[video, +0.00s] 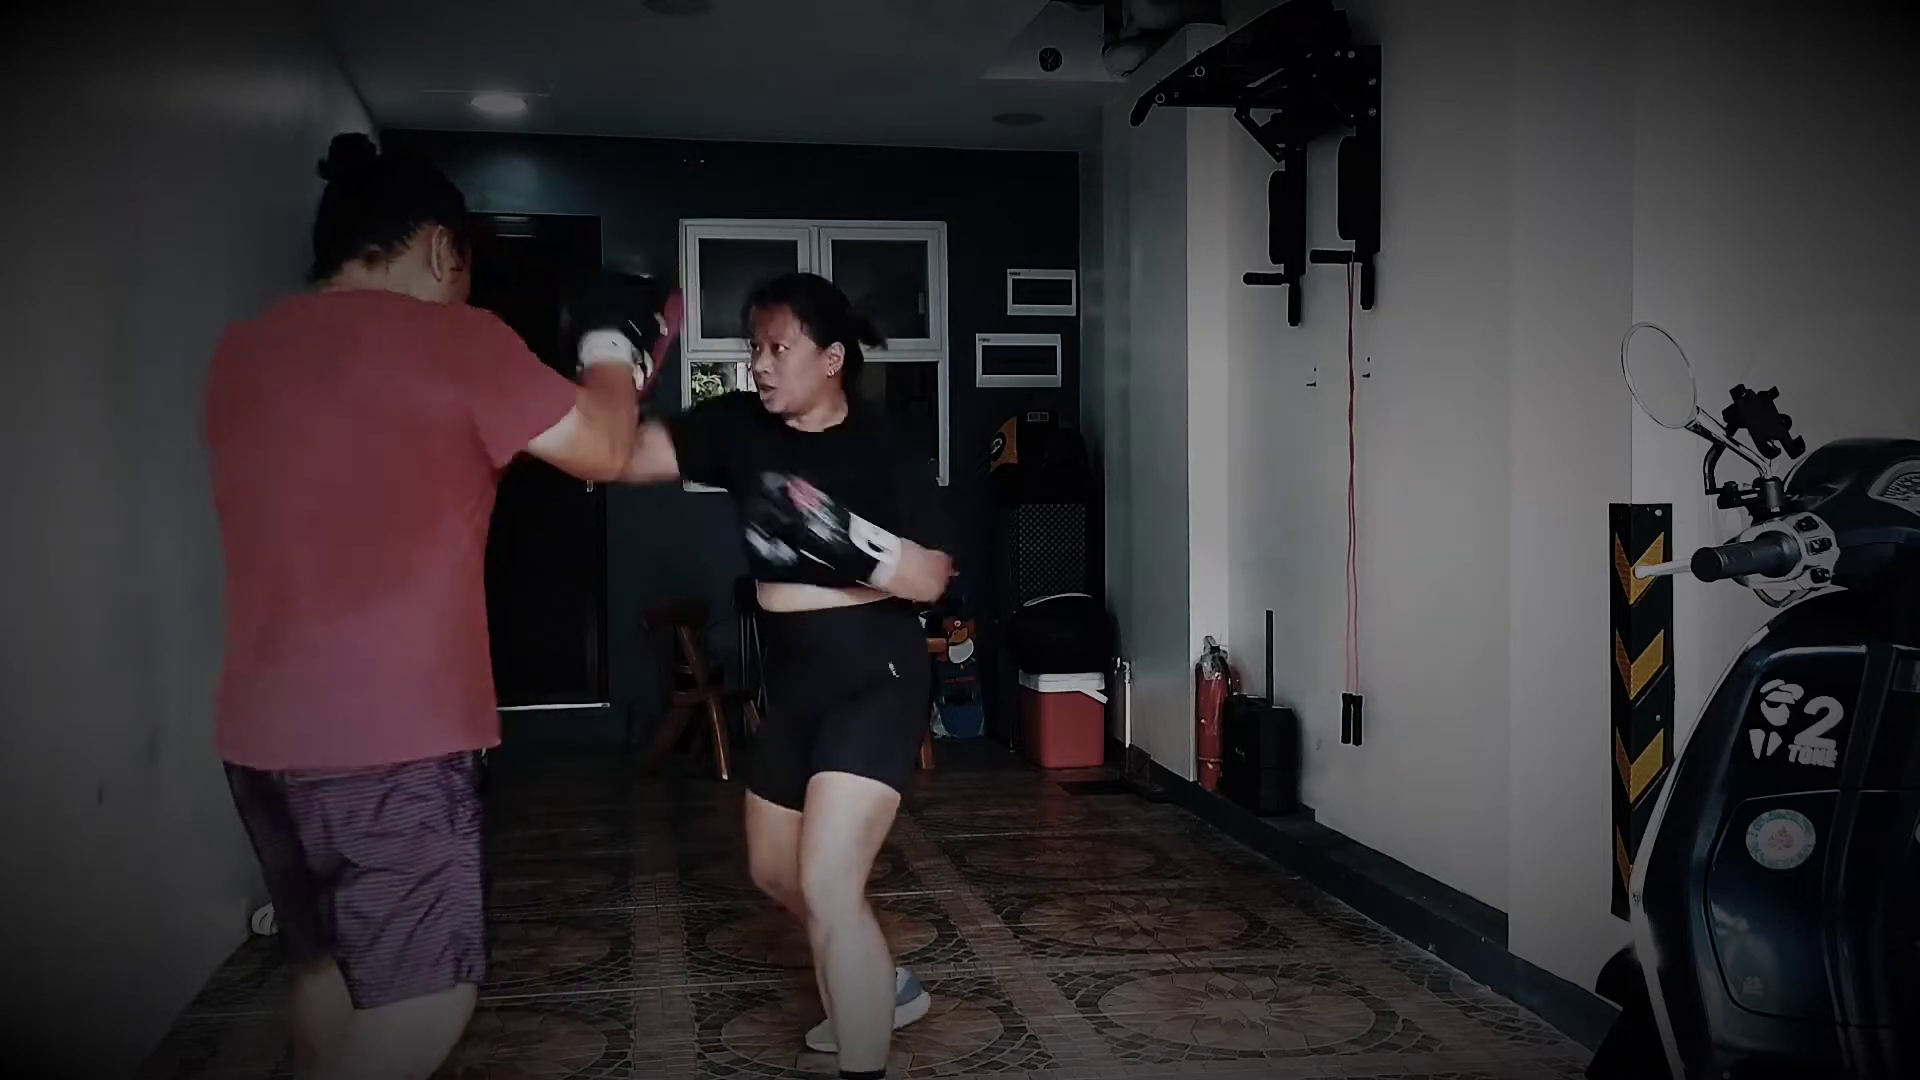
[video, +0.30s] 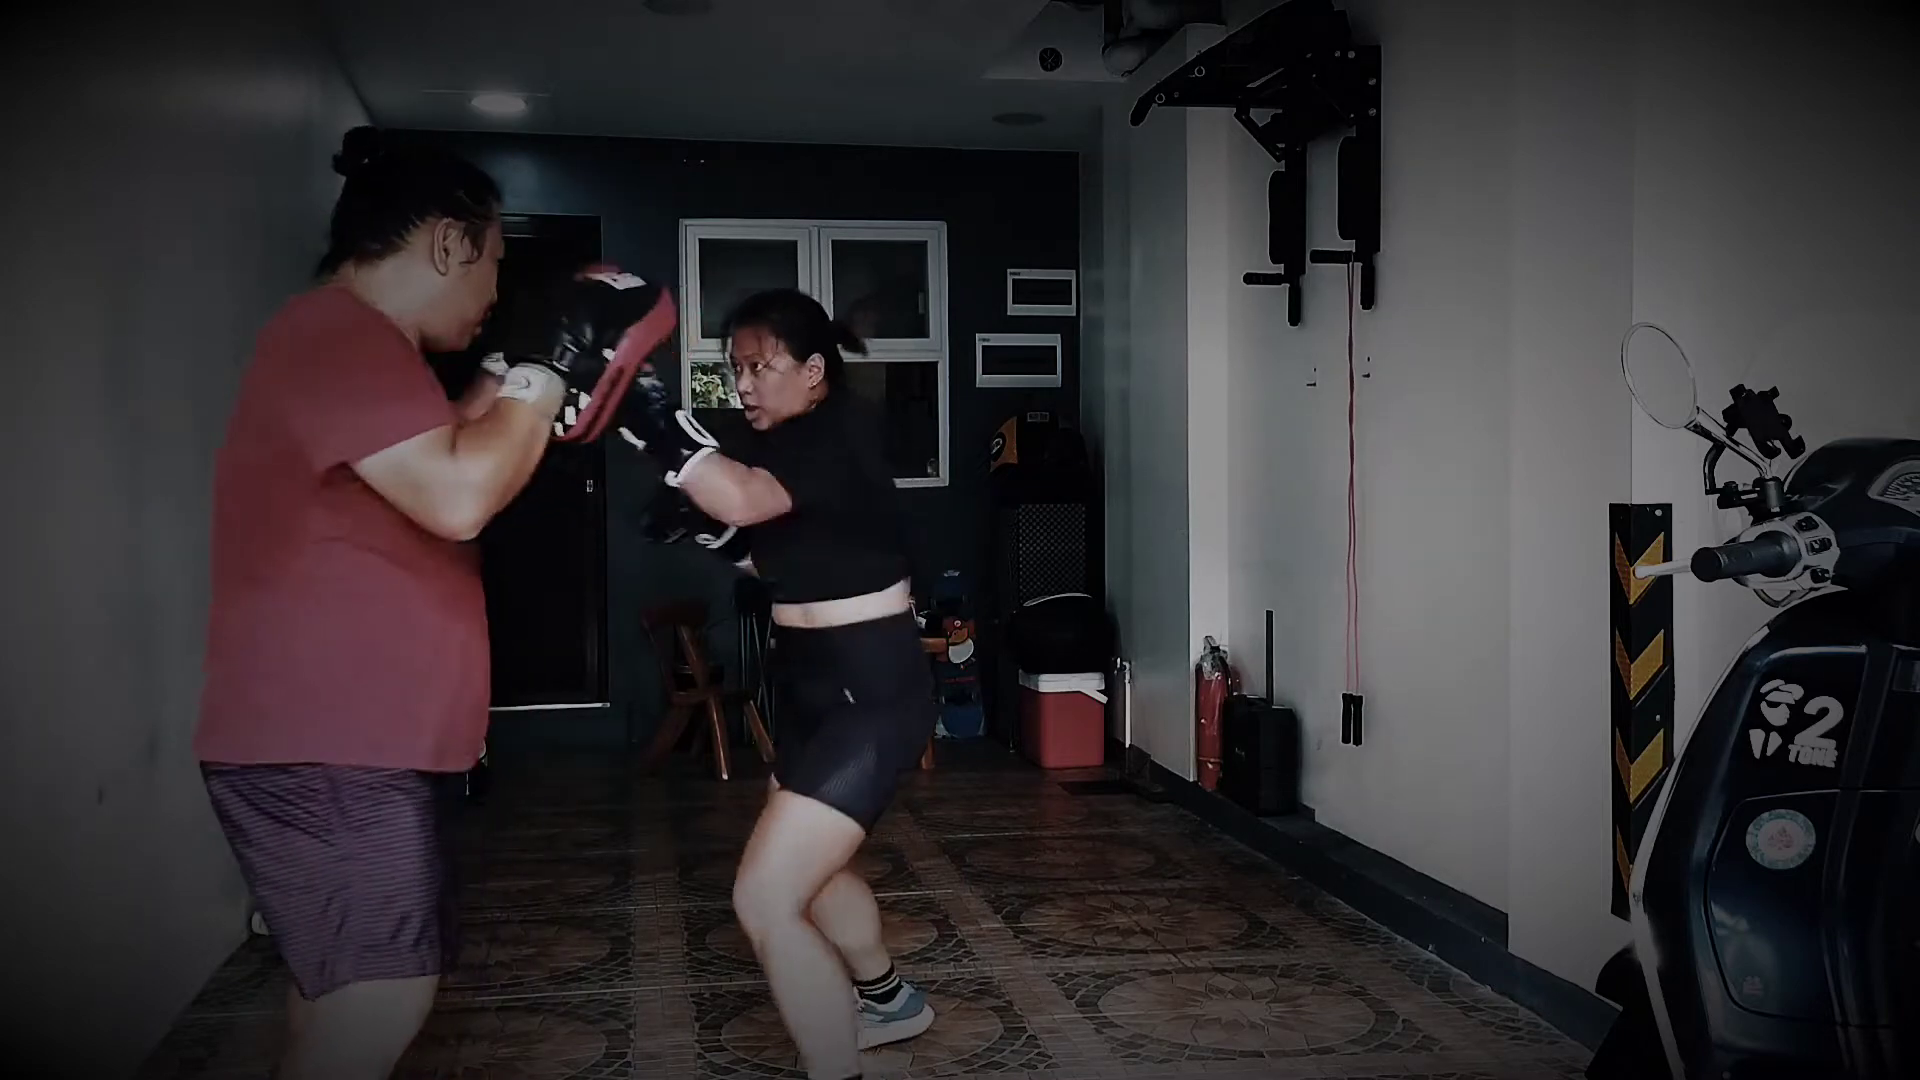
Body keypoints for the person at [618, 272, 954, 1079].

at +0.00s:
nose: (758, 364)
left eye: (777, 349)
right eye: (755, 347)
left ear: (833, 356)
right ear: (752, 351)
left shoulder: (884, 447)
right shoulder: (743, 433)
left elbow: (929, 580)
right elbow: (617, 455)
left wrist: (833, 536)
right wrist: (614, 370)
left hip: (878, 670)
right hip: (790, 673)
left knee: (831, 880)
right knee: (774, 868)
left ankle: (861, 1066)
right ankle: (884, 990)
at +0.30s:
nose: (744, 385)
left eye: (760, 367)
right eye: (739, 368)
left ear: (814, 370)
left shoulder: (840, 433)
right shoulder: (775, 443)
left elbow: (740, 500)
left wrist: (664, 430)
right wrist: (721, 528)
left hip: (872, 682)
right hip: (804, 674)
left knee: (764, 896)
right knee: (812, 867)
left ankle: (836, 1074)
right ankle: (884, 995)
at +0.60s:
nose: (845, 390)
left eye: (867, 375)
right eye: (838, 371)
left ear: (915, 384)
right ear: (829, 371)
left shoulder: (949, 468)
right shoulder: (805, 439)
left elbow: (943, 604)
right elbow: (693, 464)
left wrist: (896, 514)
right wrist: (663, 386)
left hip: (895, 692)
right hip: (805, 685)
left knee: (811, 892)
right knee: (801, 882)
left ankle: (844, 1070)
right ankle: (914, 1007)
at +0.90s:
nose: (872, 366)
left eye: (884, 351)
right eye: (869, 352)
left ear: (934, 353)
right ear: (908, 358)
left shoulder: (959, 428)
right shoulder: (906, 428)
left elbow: (875, 523)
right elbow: (820, 521)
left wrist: (860, 422)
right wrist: (814, 432)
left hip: (937, 663)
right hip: (902, 658)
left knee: (820, 851)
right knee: (877, 861)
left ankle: (849, 1065)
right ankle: (926, 1008)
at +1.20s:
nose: (923, 362)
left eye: (927, 348)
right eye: (925, 348)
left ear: (957, 352)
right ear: (999, 353)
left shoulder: (939, 428)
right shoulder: (1050, 428)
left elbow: (849, 528)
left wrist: (845, 484)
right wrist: (892, 484)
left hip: (961, 667)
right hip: (1035, 667)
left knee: (894, 881)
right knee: (958, 870)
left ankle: (996, 1051)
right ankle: (947, 1012)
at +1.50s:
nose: (998, 312)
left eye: (1010, 300)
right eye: (1005, 297)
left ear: (1044, 318)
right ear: (1090, 318)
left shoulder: (995, 399)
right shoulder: (1129, 404)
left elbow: (916, 510)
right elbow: (1088, 501)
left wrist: (915, 451)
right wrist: (964, 441)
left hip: (1030, 655)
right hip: (1128, 649)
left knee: (980, 868)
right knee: (1129, 852)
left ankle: (1013, 1063)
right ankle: (1194, 1039)